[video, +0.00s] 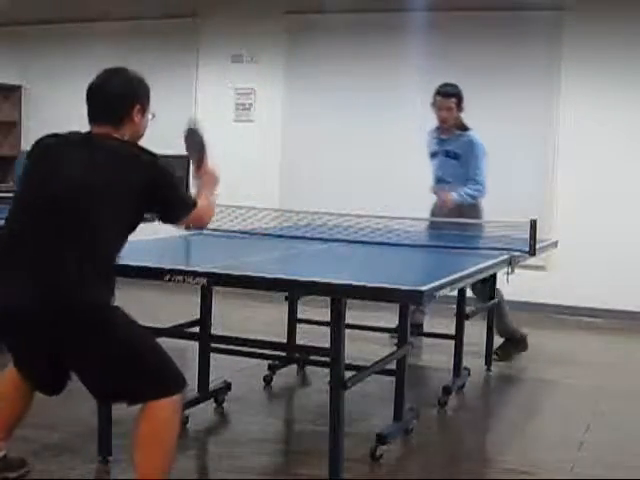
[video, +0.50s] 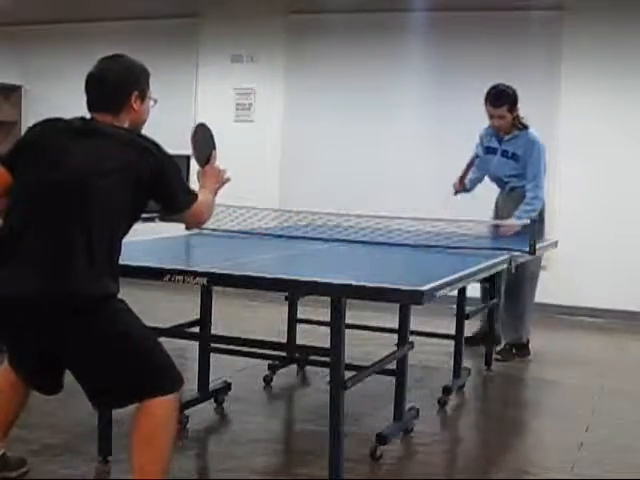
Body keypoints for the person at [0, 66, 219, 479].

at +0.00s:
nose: (147, 123)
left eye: (147, 114)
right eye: (147, 114)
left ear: (92, 111)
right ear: (135, 114)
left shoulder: (46, 147)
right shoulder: (142, 167)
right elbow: (199, 218)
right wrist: (207, 185)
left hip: (12, 296)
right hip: (77, 305)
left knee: (26, 366)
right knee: (165, 392)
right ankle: (148, 474)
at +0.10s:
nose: (147, 126)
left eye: (147, 117)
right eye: (146, 117)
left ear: (91, 114)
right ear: (133, 117)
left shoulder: (42, 145)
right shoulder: (140, 168)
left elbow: (5, 201)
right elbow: (191, 227)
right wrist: (201, 196)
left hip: (15, 298)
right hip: (82, 307)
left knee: (21, 368)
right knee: (163, 392)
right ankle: (146, 473)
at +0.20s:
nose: (146, 120)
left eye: (147, 111)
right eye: (146, 111)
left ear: (90, 107)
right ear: (132, 112)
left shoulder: (40, 140)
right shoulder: (139, 163)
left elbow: (2, 192)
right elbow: (192, 225)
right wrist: (201, 195)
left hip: (15, 294)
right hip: (81, 302)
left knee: (19, 366)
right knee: (161, 390)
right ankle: (146, 473)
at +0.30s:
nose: (147, 113)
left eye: (148, 104)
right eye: (146, 104)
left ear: (90, 101)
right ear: (133, 105)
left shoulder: (41, 134)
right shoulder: (142, 157)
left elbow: (2, 187)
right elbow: (194, 218)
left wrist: (17, 222)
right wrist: (204, 189)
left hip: (15, 291)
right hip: (83, 298)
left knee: (18, 365)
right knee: (160, 389)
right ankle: (147, 473)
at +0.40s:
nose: (148, 109)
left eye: (149, 101)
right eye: (148, 100)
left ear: (91, 98)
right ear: (134, 102)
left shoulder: (42, 133)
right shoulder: (143, 154)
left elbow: (1, 184)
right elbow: (195, 215)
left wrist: (18, 215)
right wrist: (207, 186)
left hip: (15, 288)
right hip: (83, 295)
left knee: (19, 364)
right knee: (160, 389)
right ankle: (148, 474)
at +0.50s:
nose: (148, 110)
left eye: (150, 101)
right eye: (148, 100)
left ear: (92, 98)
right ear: (134, 102)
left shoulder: (43, 133)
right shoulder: (145, 155)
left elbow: (1, 184)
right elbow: (196, 215)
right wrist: (209, 186)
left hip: (15, 288)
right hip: (83, 295)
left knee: (20, 365)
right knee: (161, 389)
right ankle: (148, 473)